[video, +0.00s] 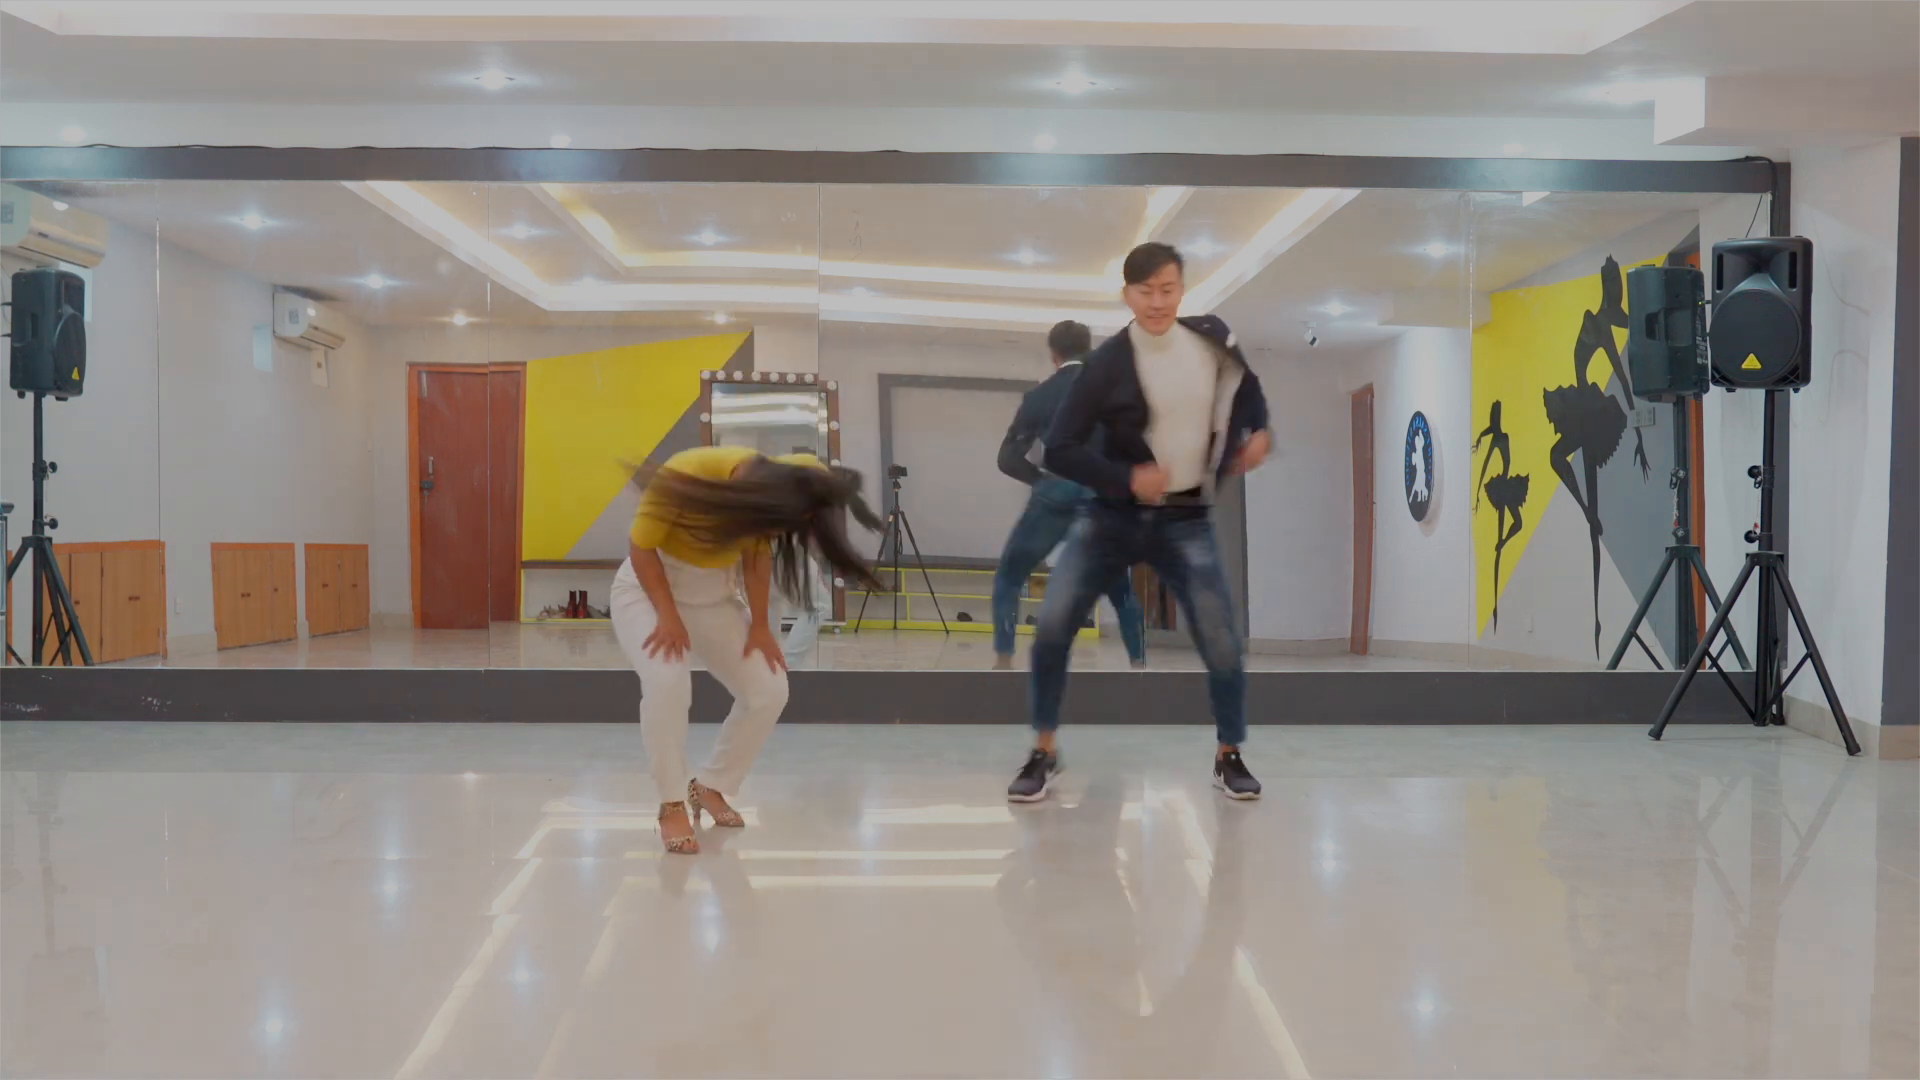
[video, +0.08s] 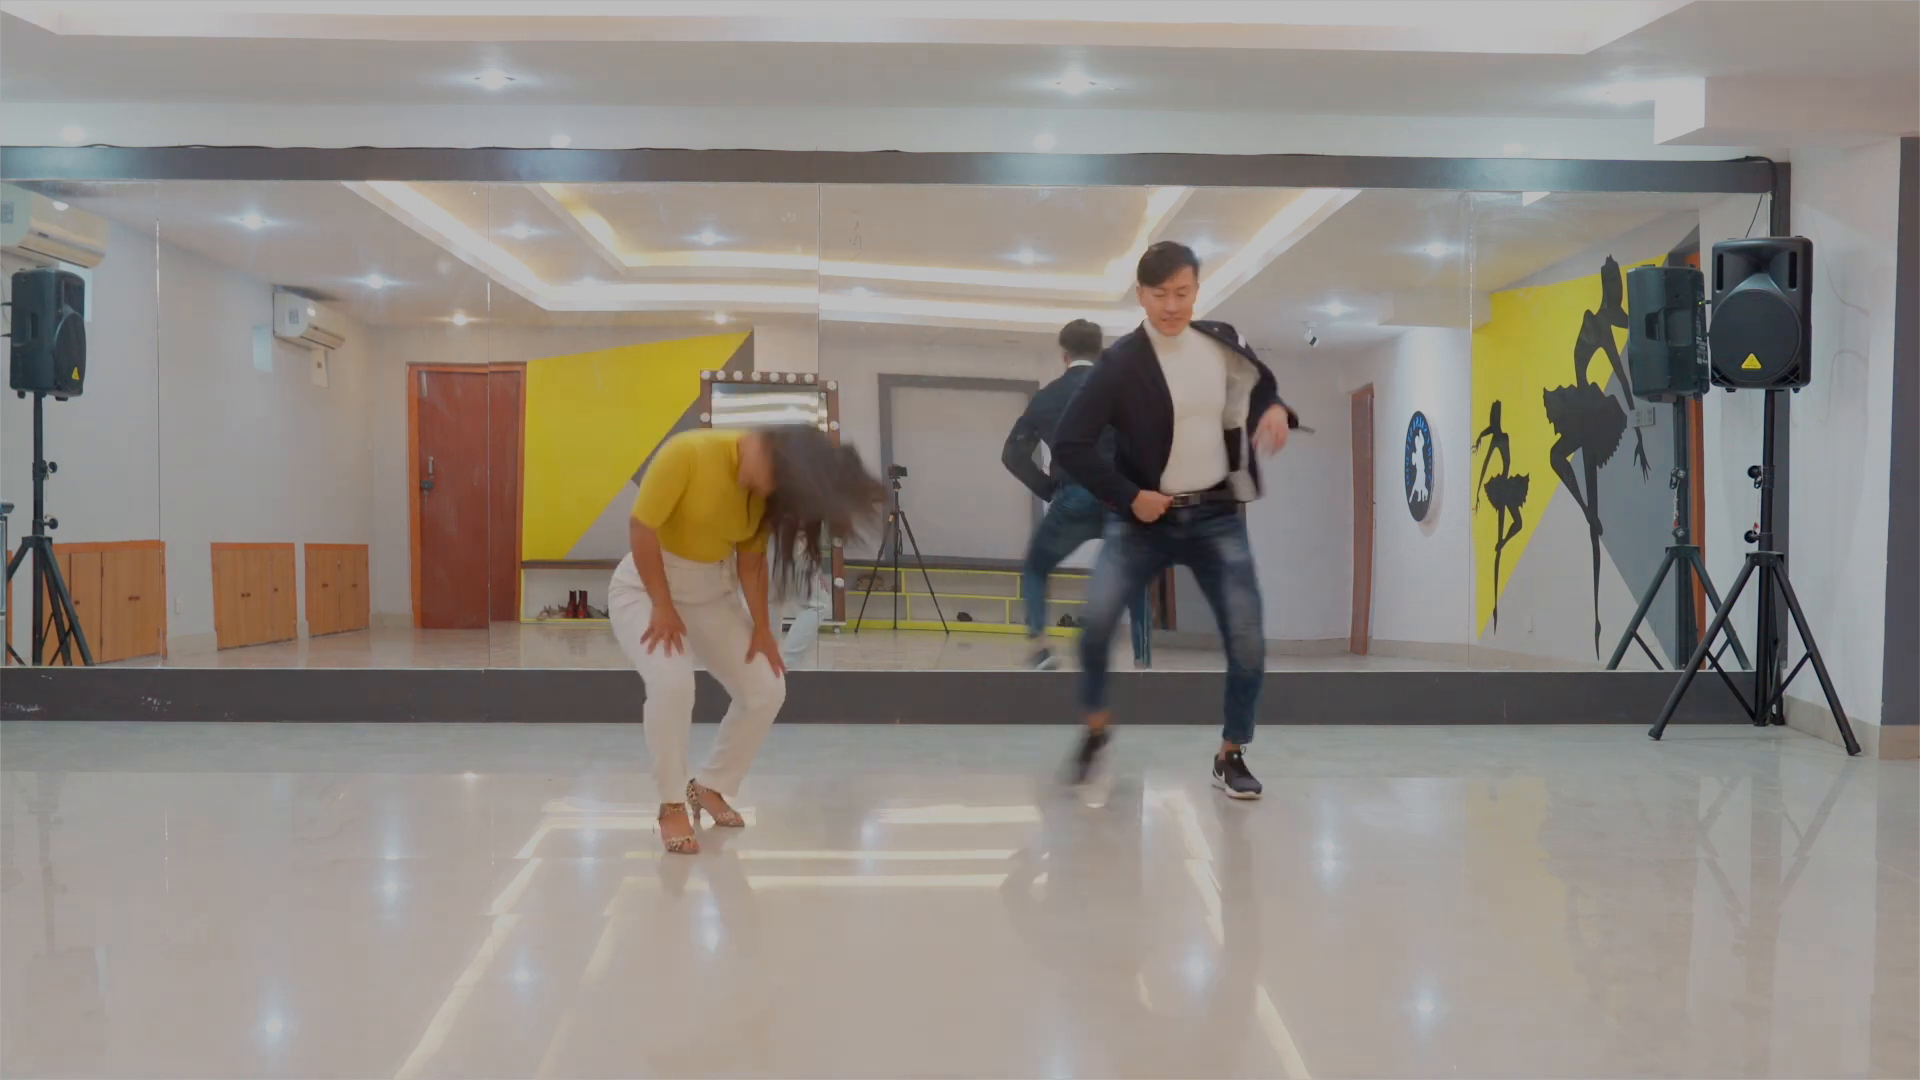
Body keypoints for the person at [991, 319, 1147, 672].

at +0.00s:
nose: (1051, 357)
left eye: (1051, 351)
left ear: (1054, 354)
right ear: (1089, 349)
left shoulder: (1042, 394)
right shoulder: (1109, 384)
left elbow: (1008, 458)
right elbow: (1129, 439)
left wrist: (1042, 479)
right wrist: (1113, 474)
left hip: (1057, 489)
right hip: (1106, 489)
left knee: (1011, 573)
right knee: (1120, 587)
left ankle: (1004, 658)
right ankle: (1139, 666)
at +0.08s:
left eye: (1063, 351)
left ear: (1064, 353)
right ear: (1100, 351)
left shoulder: (1050, 395)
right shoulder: (1121, 386)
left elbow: (1014, 455)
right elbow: (1143, 440)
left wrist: (1050, 489)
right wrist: (1134, 484)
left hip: (1075, 497)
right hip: (1125, 494)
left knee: (1036, 567)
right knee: (1133, 580)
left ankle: (1039, 641)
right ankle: (1143, 664)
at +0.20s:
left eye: (1075, 351)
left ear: (1074, 353)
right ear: (1111, 351)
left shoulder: (1052, 394)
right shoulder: (1130, 386)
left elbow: (1029, 453)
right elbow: (1156, 437)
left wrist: (1063, 485)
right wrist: (1149, 479)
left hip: (1092, 502)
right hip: (1137, 499)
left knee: (1111, 585)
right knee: (1147, 588)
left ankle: (1105, 637)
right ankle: (1144, 667)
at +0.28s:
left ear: (1080, 356)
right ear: (1116, 353)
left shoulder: (1056, 400)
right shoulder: (1132, 389)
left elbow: (1045, 460)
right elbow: (1159, 437)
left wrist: (1077, 484)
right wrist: (1149, 474)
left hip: (1100, 502)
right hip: (1143, 496)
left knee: (1140, 588)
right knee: (1156, 591)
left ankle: (1132, 644)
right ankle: (1140, 665)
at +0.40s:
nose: (1080, 353)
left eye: (1080, 348)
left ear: (1082, 351)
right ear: (1120, 349)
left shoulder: (1068, 398)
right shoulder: (1142, 387)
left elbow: (1034, 454)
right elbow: (1175, 436)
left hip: (1107, 504)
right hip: (1153, 500)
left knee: (1120, 582)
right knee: (1159, 590)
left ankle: (1119, 636)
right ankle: (1145, 667)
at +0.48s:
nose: (1079, 352)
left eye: (1080, 347)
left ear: (1082, 349)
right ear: (1119, 347)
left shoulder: (1075, 392)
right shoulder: (1143, 380)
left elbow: (1037, 445)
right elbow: (1171, 428)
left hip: (1107, 490)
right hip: (1152, 488)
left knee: (1088, 553)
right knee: (1159, 573)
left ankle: (1110, 608)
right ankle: (1146, 656)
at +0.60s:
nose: (1093, 370)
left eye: (1091, 365)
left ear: (1091, 366)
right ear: (1128, 364)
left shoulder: (1080, 407)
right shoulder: (1147, 394)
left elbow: (1054, 467)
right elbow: (1164, 440)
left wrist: (1086, 448)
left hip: (1098, 488)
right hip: (1147, 490)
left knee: (1024, 508)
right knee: (1147, 577)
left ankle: (1073, 557)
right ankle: (1157, 660)